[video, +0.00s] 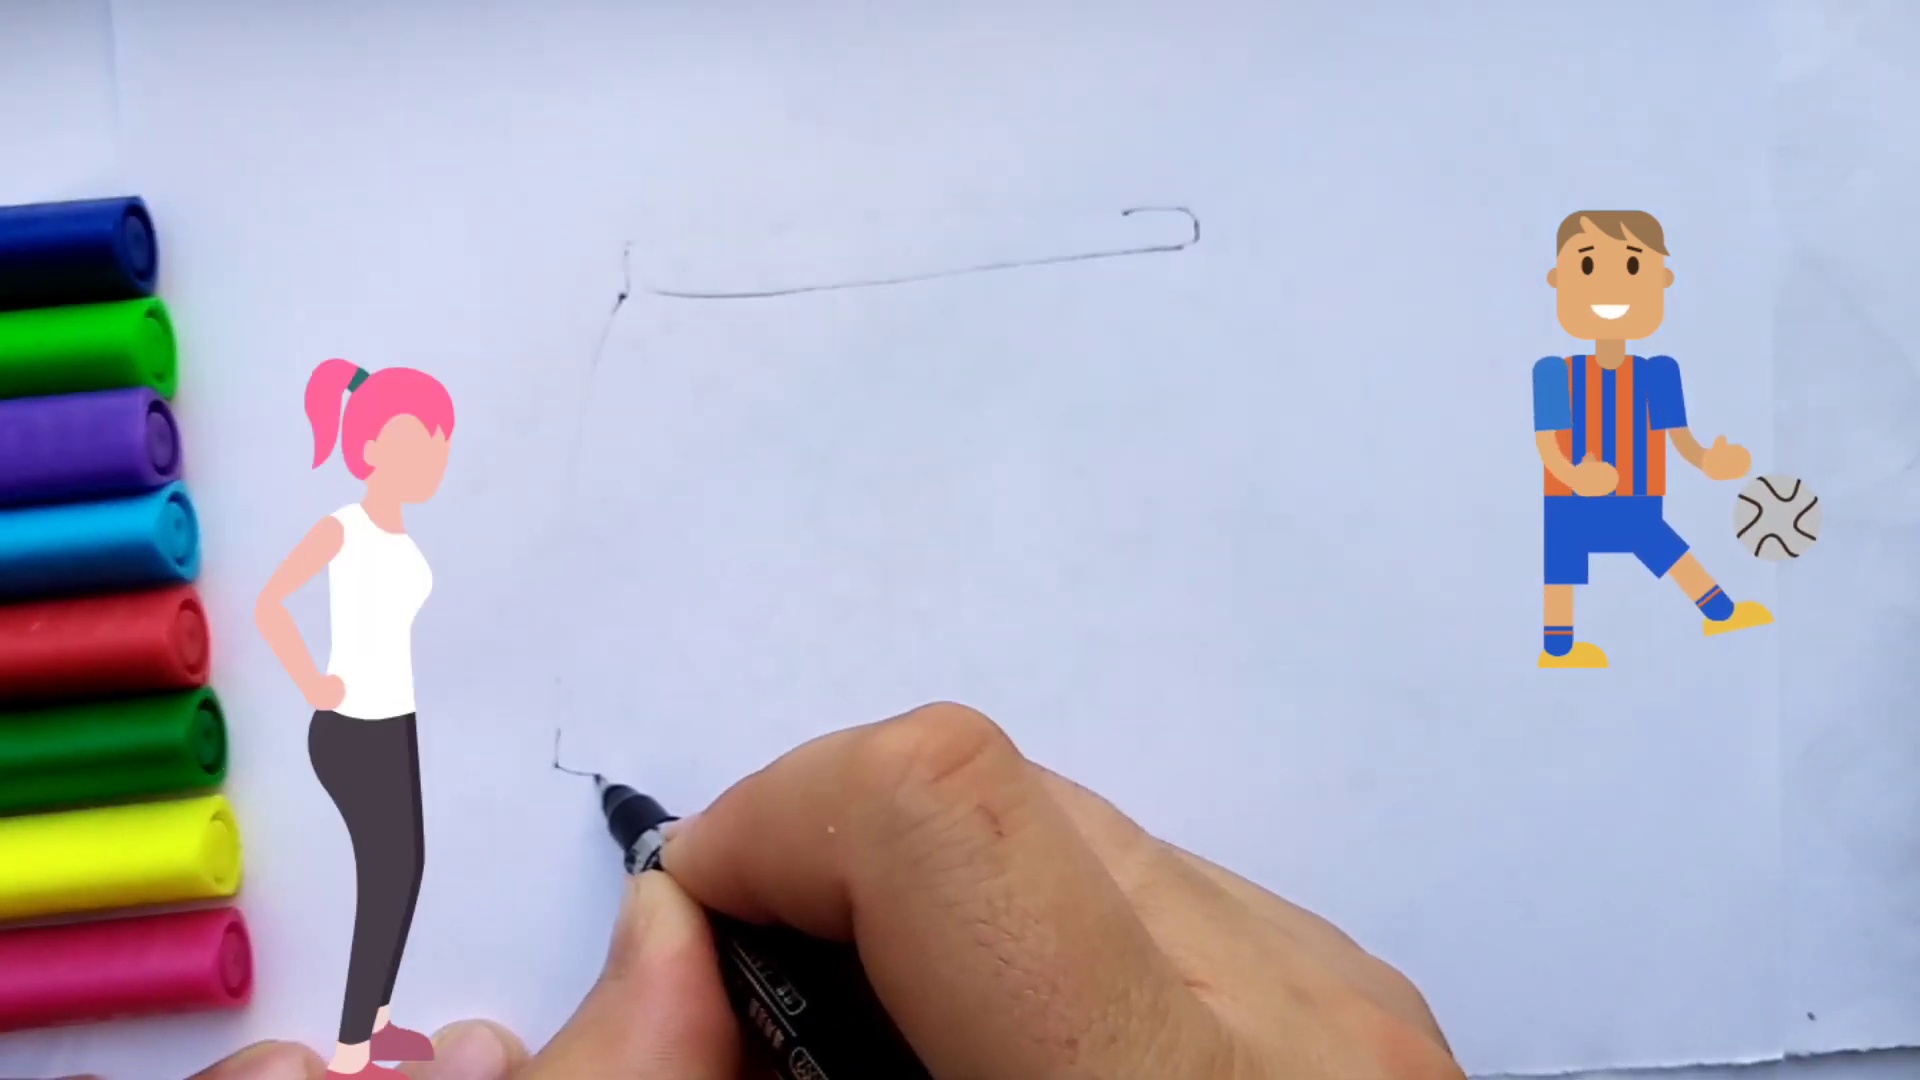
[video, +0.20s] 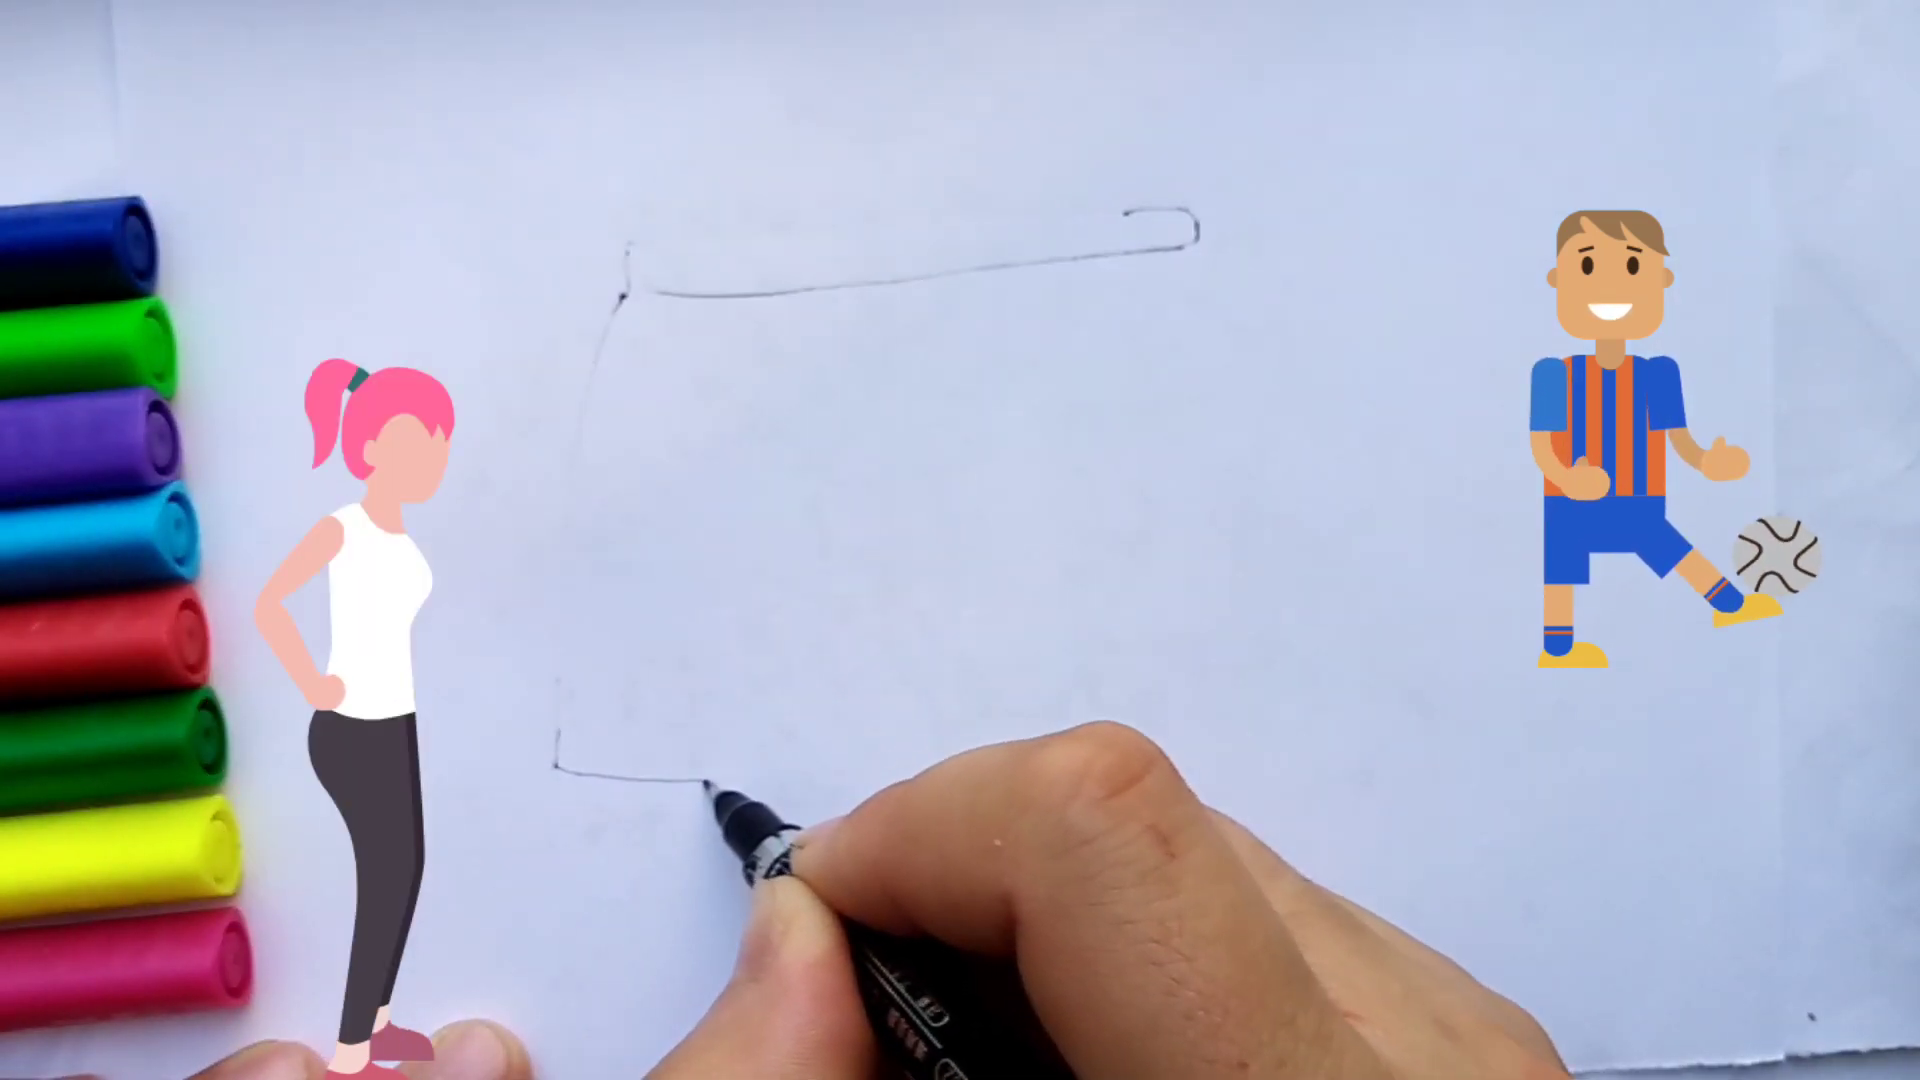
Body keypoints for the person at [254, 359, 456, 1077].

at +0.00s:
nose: (435, 457)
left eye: (439, 440)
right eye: (419, 438)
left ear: (441, 450)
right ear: (375, 447)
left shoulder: (404, 536)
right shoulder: (344, 528)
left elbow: (385, 623)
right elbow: (269, 605)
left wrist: (396, 687)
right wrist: (312, 684)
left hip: (397, 731)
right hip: (353, 733)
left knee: (406, 869)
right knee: (387, 875)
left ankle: (374, 1021)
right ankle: (349, 1049)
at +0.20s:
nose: (436, 455)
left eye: (439, 439)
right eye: (421, 437)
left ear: (441, 449)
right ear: (374, 447)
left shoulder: (404, 536)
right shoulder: (344, 528)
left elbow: (385, 624)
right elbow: (269, 606)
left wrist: (396, 688)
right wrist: (312, 684)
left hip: (397, 731)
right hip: (353, 733)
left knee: (406, 870)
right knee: (387, 876)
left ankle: (374, 1020)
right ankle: (349, 1050)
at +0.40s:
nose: (403, 588)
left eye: (404, 571)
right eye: (385, 571)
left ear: (406, 580)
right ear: (343, 578)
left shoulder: (364, 663)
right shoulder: (312, 656)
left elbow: (322, 738)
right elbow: (213, 712)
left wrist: (315, 795)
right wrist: (249, 790)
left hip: (307, 842)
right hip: (263, 851)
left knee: (391, 865)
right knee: (392, 872)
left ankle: (341, 1020)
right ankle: (351, 1053)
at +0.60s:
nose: (437, 455)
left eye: (440, 439)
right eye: (422, 437)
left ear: (440, 450)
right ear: (375, 447)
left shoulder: (404, 536)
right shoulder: (344, 528)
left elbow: (386, 623)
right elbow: (269, 604)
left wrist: (396, 686)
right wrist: (312, 684)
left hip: (398, 730)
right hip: (353, 732)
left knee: (406, 868)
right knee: (387, 875)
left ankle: (375, 1018)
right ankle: (350, 1049)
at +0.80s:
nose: (437, 456)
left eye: (440, 440)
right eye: (422, 437)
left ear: (440, 450)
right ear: (375, 447)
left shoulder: (404, 535)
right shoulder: (344, 528)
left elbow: (386, 623)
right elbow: (269, 606)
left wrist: (397, 687)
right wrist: (312, 685)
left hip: (398, 730)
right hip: (353, 732)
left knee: (406, 869)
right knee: (387, 875)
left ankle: (375, 1019)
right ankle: (350, 1049)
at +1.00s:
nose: (406, 586)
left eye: (406, 570)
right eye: (391, 569)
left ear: (401, 579)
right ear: (346, 578)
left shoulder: (362, 662)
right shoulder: (311, 656)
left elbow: (321, 738)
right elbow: (213, 712)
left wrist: (317, 798)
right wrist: (250, 791)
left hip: (307, 842)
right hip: (263, 851)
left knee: (391, 865)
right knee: (392, 872)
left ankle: (339, 1021)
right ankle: (350, 1056)